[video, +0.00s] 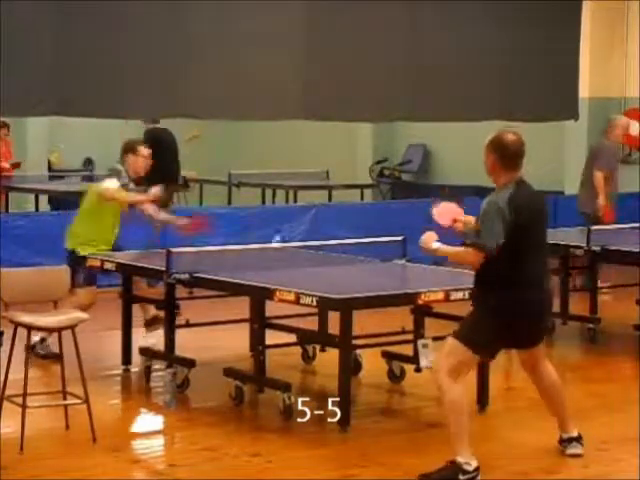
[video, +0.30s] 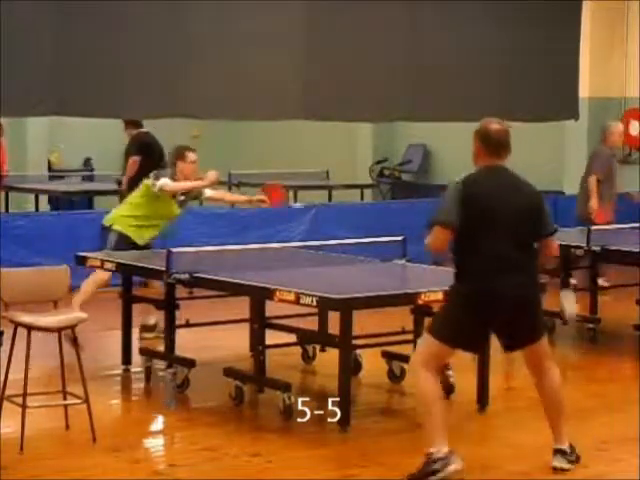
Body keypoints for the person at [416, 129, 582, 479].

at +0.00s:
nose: (484, 160)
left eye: (486, 155)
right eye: (487, 154)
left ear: (491, 160)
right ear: (519, 160)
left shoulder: (497, 203)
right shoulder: (533, 196)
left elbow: (476, 256)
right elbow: (516, 241)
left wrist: (435, 248)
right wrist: (471, 228)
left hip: (498, 309)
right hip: (534, 305)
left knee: (449, 368)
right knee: (537, 363)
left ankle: (463, 461)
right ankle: (570, 434)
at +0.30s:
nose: (472, 151)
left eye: (473, 146)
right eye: (477, 146)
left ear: (476, 148)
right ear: (508, 150)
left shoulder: (464, 187)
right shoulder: (529, 191)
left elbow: (438, 244)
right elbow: (548, 251)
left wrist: (435, 237)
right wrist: (518, 256)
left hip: (472, 295)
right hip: (520, 296)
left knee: (424, 365)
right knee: (543, 366)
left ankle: (439, 452)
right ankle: (562, 446)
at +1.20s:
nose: (451, 165)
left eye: (453, 159)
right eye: (453, 159)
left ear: (459, 158)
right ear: (483, 157)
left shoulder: (449, 188)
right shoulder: (512, 190)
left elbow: (433, 246)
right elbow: (535, 245)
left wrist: (460, 242)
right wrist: (507, 250)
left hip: (472, 285)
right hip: (518, 284)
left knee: (432, 362)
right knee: (534, 360)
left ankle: (418, 448)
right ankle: (545, 441)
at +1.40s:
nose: (386, 162)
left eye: (386, 157)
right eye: (388, 157)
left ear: (390, 155)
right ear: (413, 154)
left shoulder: (395, 175)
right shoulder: (426, 175)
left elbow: (395, 216)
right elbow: (425, 222)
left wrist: (379, 245)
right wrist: (394, 246)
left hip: (436, 265)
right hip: (454, 261)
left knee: (444, 346)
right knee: (421, 339)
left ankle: (476, 427)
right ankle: (410, 408)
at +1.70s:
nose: (361, 178)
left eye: (363, 173)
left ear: (367, 169)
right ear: (386, 168)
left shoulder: (373, 173)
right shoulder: (399, 186)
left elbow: (379, 204)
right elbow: (392, 241)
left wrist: (363, 244)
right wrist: (352, 243)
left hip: (429, 244)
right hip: (424, 254)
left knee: (449, 313)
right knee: (420, 332)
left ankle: (491, 378)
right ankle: (411, 391)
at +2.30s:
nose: (360, 178)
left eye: (360, 175)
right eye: (362, 175)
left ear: (366, 170)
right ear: (385, 171)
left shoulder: (370, 177)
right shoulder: (400, 194)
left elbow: (375, 200)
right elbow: (401, 255)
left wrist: (362, 241)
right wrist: (366, 273)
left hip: (424, 244)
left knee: (442, 313)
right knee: (418, 335)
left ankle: (483, 386)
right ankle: (410, 415)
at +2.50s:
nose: (470, 129)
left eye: (471, 123)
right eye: (472, 123)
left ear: (479, 125)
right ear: (506, 126)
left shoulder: (475, 163)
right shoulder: (530, 167)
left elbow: (465, 215)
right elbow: (544, 220)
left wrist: (444, 222)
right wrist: (509, 225)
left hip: (484, 276)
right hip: (526, 276)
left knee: (456, 350)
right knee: (519, 353)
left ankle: (435, 439)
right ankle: (524, 442)